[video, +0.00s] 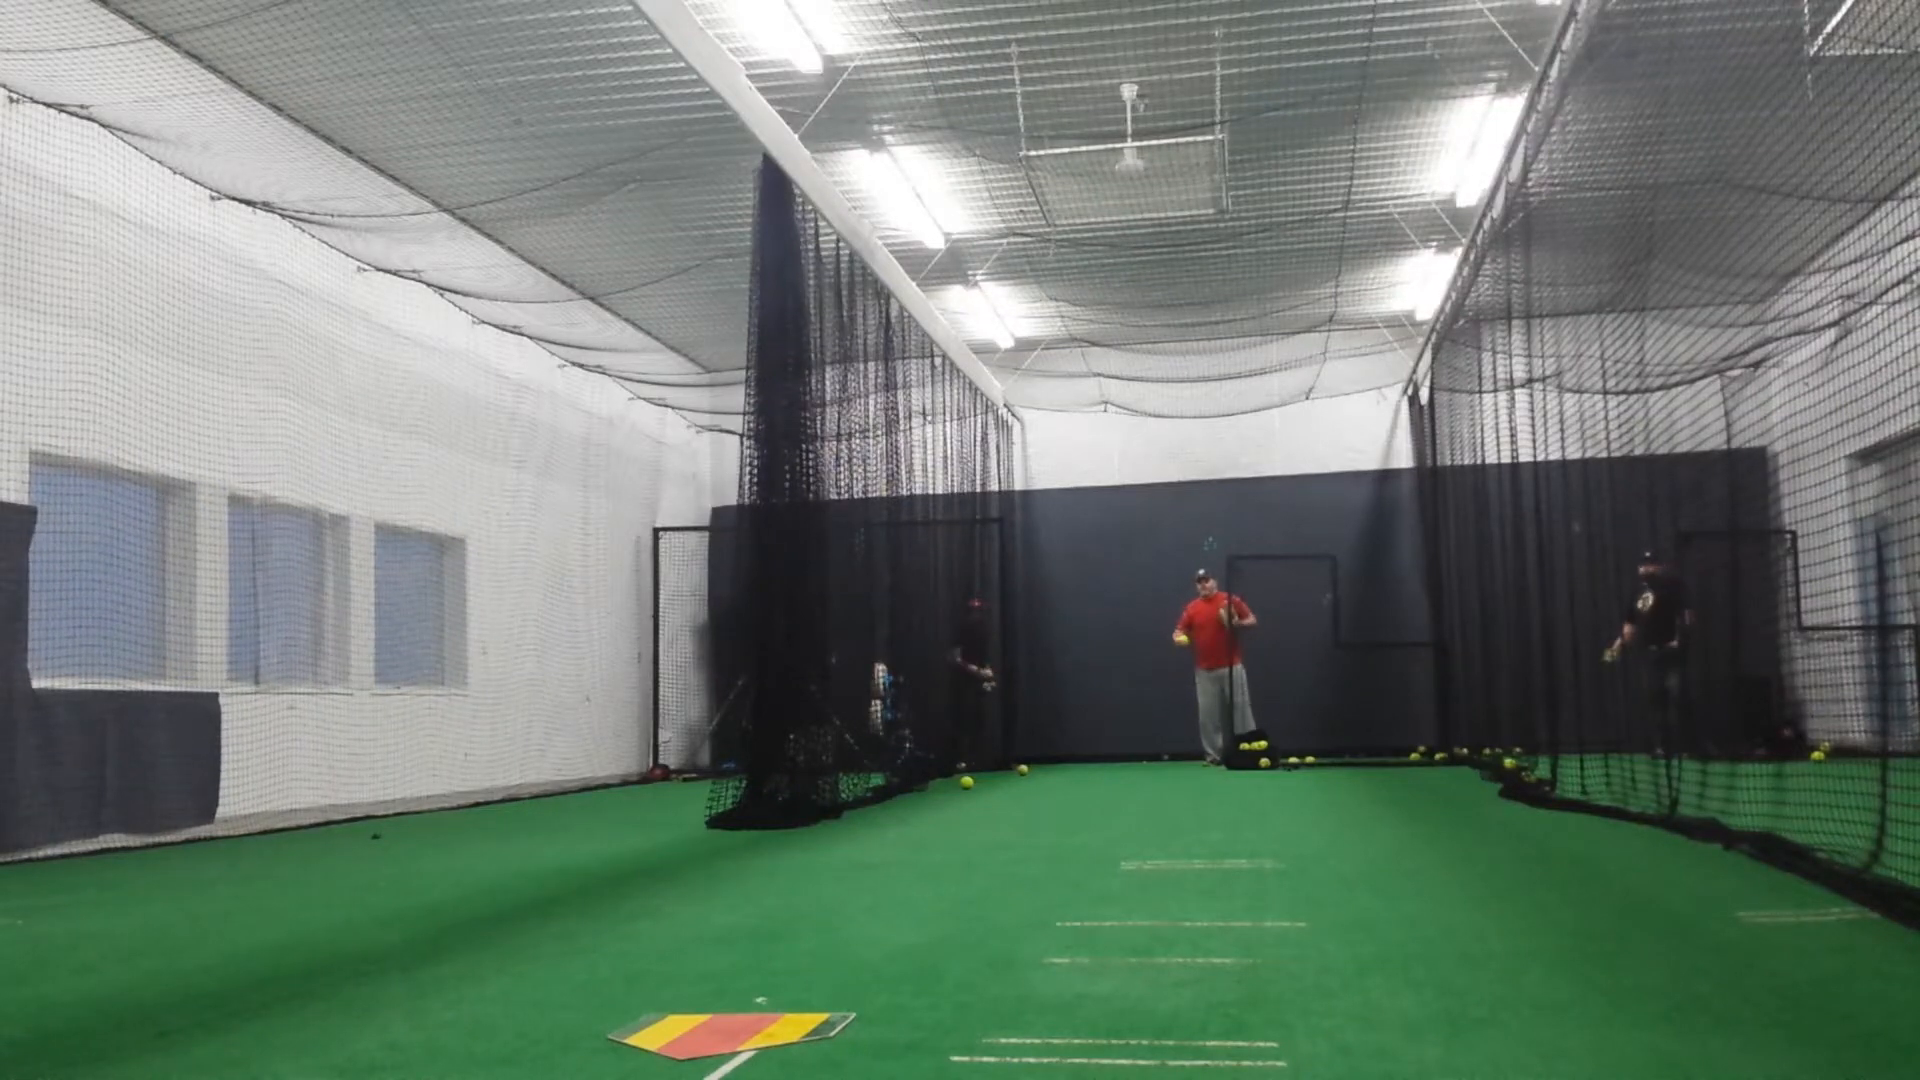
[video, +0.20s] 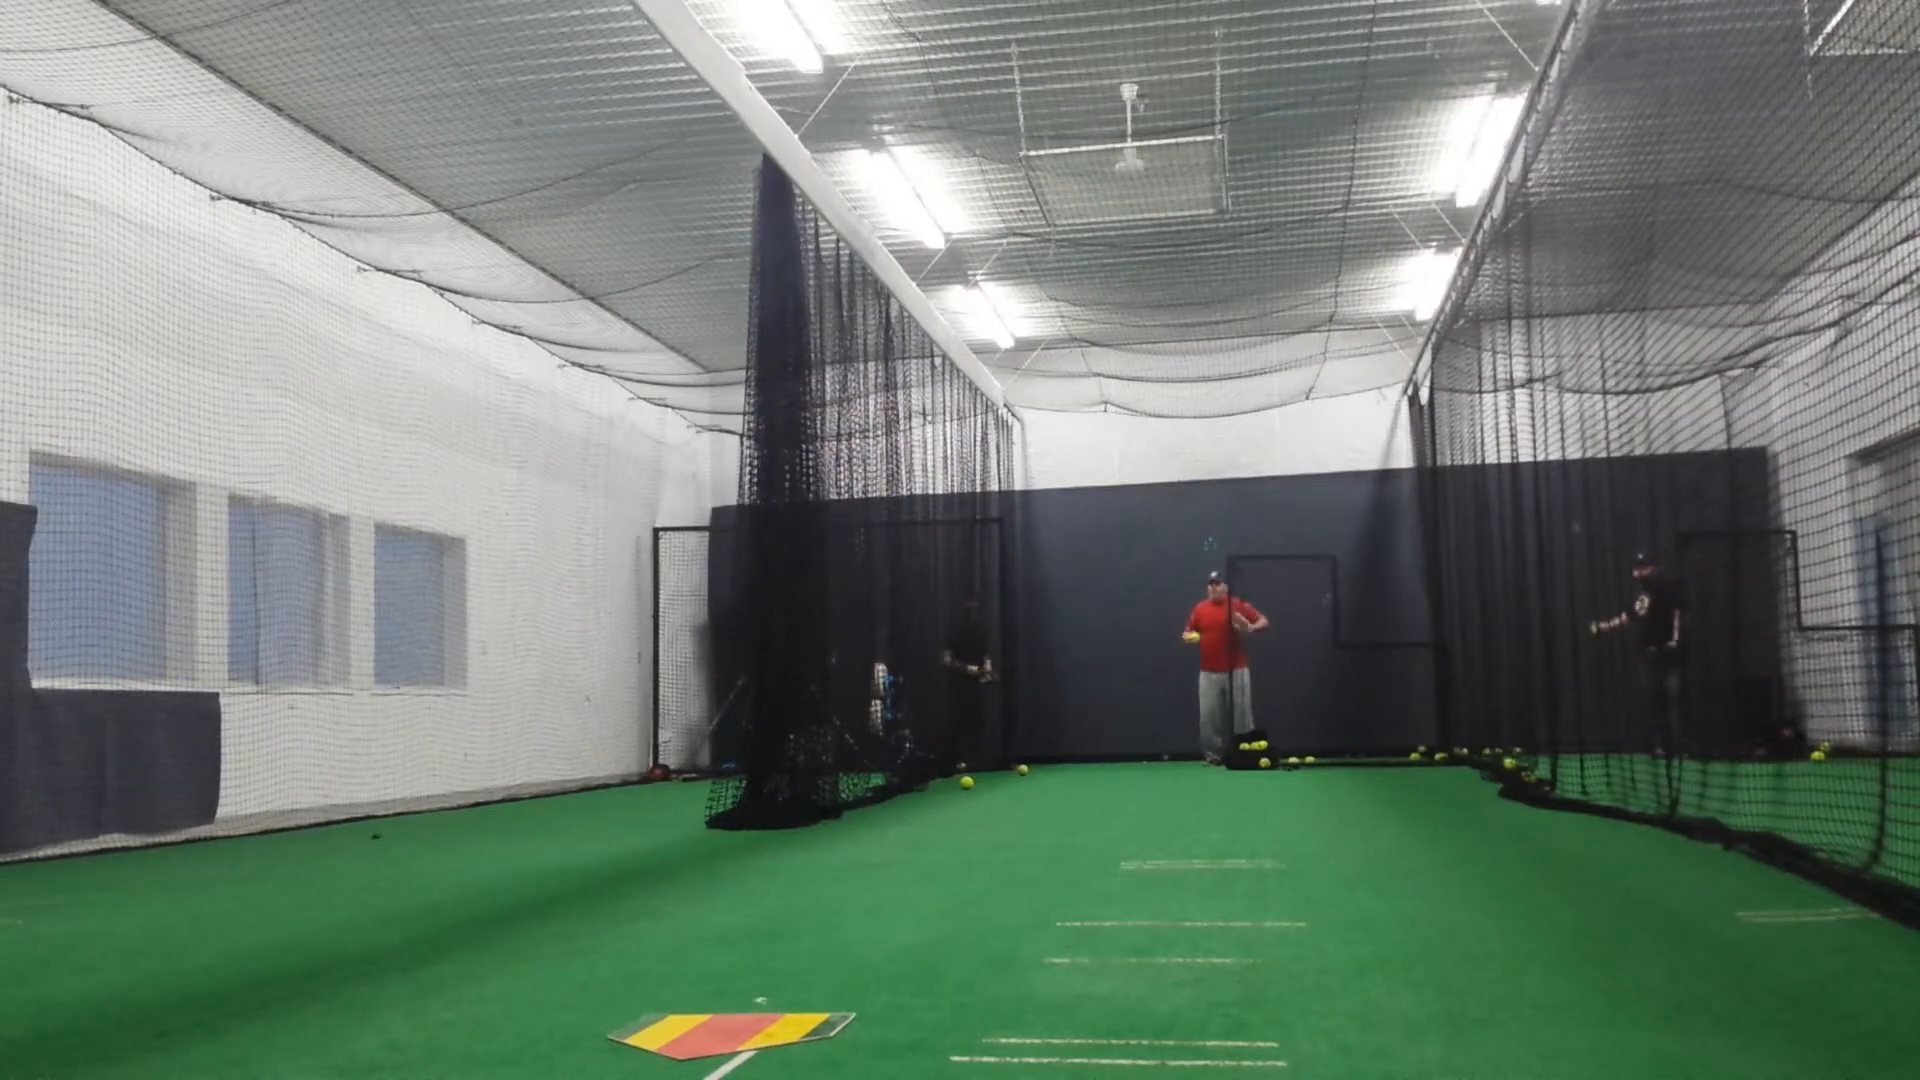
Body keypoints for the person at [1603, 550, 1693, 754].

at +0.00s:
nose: (1646, 572)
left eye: (1651, 567)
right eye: (1642, 567)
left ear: (1661, 568)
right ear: (1639, 569)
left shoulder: (1674, 590)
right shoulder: (1641, 594)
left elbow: (1685, 617)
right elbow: (1631, 626)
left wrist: (1679, 640)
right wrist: (1617, 647)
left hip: (1672, 649)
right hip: (1649, 650)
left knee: (1677, 695)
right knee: (1653, 697)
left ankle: (1683, 743)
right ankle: (1659, 744)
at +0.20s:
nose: (1639, 574)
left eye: (1644, 568)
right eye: (1637, 569)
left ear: (1655, 569)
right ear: (1635, 572)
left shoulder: (1667, 588)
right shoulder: (1643, 595)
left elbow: (1677, 613)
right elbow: (1627, 618)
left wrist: (1676, 639)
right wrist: (1602, 627)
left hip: (1669, 649)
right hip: (1649, 650)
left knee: (1672, 695)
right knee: (1653, 697)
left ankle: (1677, 744)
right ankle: (1658, 744)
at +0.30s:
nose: (1637, 576)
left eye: (1641, 571)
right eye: (1634, 572)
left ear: (1651, 571)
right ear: (1631, 574)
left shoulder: (1665, 590)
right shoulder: (1637, 594)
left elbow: (1677, 614)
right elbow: (1624, 610)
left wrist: (1677, 639)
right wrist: (1606, 611)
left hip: (1668, 648)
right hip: (1648, 649)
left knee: (1674, 695)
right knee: (1653, 697)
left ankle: (1681, 741)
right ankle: (1658, 743)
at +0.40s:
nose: (1637, 579)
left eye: (1640, 574)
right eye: (1633, 575)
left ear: (1648, 573)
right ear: (1629, 577)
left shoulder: (1661, 591)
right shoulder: (1635, 594)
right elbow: (1625, 605)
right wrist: (1610, 600)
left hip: (1671, 648)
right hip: (1650, 650)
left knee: (1674, 696)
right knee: (1654, 696)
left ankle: (1679, 741)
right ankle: (1659, 743)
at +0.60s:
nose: (1637, 591)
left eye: (1640, 586)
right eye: (1634, 587)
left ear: (1648, 584)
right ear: (1630, 588)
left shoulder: (1666, 599)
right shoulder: (1636, 603)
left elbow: (1694, 616)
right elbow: (1630, 621)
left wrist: (1699, 640)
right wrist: (1617, 624)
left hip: (1679, 651)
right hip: (1655, 652)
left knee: (1681, 697)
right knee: (1658, 696)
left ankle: (1685, 742)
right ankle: (1659, 743)